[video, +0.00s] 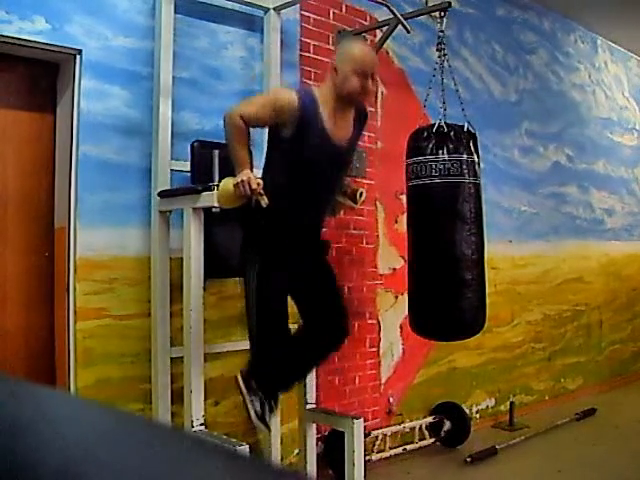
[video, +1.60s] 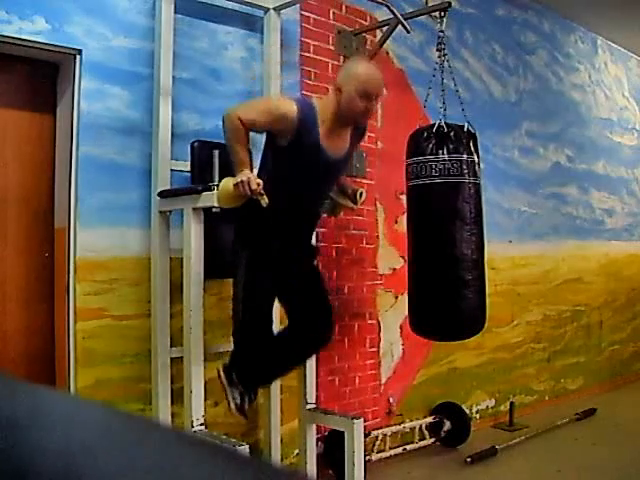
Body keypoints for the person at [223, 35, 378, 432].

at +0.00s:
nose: (367, 87)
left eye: (371, 78)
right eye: (361, 76)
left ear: (370, 79)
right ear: (336, 70)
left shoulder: (356, 116)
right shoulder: (293, 103)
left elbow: (322, 163)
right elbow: (235, 117)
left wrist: (340, 186)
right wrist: (245, 170)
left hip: (307, 239)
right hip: (266, 234)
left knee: (331, 326)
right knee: (268, 331)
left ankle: (263, 382)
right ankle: (262, 388)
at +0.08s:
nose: (364, 65)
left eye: (369, 56)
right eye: (358, 54)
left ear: (369, 57)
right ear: (333, 48)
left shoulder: (357, 94)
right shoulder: (292, 86)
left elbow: (327, 148)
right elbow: (236, 115)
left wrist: (337, 184)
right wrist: (244, 170)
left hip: (309, 221)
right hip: (269, 218)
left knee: (330, 312)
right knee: (267, 319)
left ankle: (257, 361)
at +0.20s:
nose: (362, 36)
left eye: (367, 29)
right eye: (355, 25)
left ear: (370, 31)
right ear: (329, 18)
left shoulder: (351, 67)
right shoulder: (285, 57)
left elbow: (339, 129)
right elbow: (250, 110)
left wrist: (342, 180)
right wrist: (246, 168)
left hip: (313, 194)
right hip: (273, 189)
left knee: (325, 286)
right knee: (262, 281)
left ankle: (246, 323)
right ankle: (249, 333)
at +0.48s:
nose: (365, 70)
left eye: (369, 61)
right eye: (358, 59)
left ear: (370, 60)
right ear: (333, 52)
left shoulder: (352, 96)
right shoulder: (289, 84)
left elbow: (335, 141)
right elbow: (237, 118)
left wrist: (341, 179)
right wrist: (244, 172)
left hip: (304, 217)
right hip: (265, 212)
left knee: (324, 305)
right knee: (258, 302)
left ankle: (249, 346)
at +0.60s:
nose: (368, 116)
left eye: (373, 107)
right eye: (363, 105)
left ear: (372, 106)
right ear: (337, 96)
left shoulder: (351, 138)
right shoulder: (293, 117)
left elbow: (312, 172)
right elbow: (236, 119)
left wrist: (336, 190)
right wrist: (243, 171)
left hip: (297, 248)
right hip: (259, 243)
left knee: (322, 329)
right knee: (260, 337)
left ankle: (257, 391)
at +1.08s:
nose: (367, 68)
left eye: (371, 58)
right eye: (360, 57)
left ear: (372, 58)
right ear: (334, 53)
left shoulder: (357, 99)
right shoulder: (293, 89)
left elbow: (324, 150)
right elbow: (236, 116)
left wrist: (340, 184)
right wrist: (243, 170)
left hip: (308, 223)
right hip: (269, 220)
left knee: (331, 314)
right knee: (267, 323)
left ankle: (256, 358)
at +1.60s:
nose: (371, 108)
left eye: (376, 100)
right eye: (365, 97)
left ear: (377, 99)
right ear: (339, 90)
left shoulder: (355, 129)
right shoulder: (293, 114)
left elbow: (320, 162)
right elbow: (235, 118)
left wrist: (340, 183)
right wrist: (244, 172)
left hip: (297, 244)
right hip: (260, 237)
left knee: (316, 327)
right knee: (253, 325)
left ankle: (243, 375)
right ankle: (243, 377)